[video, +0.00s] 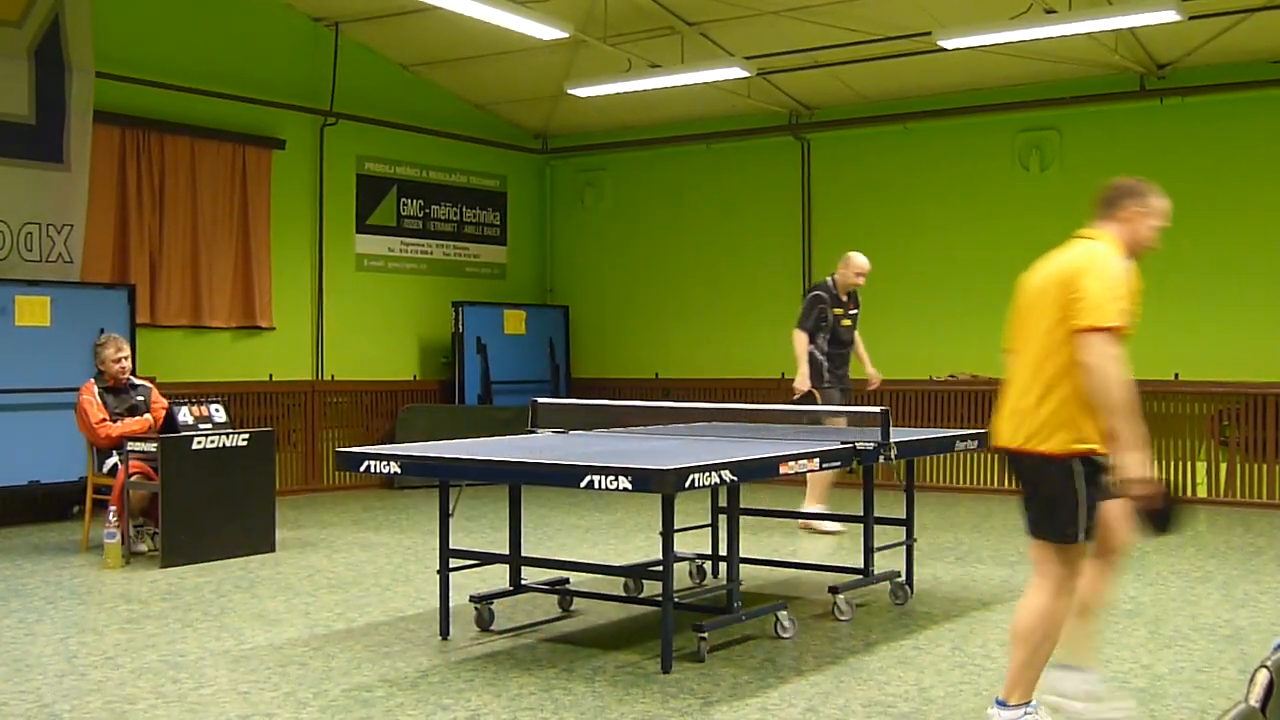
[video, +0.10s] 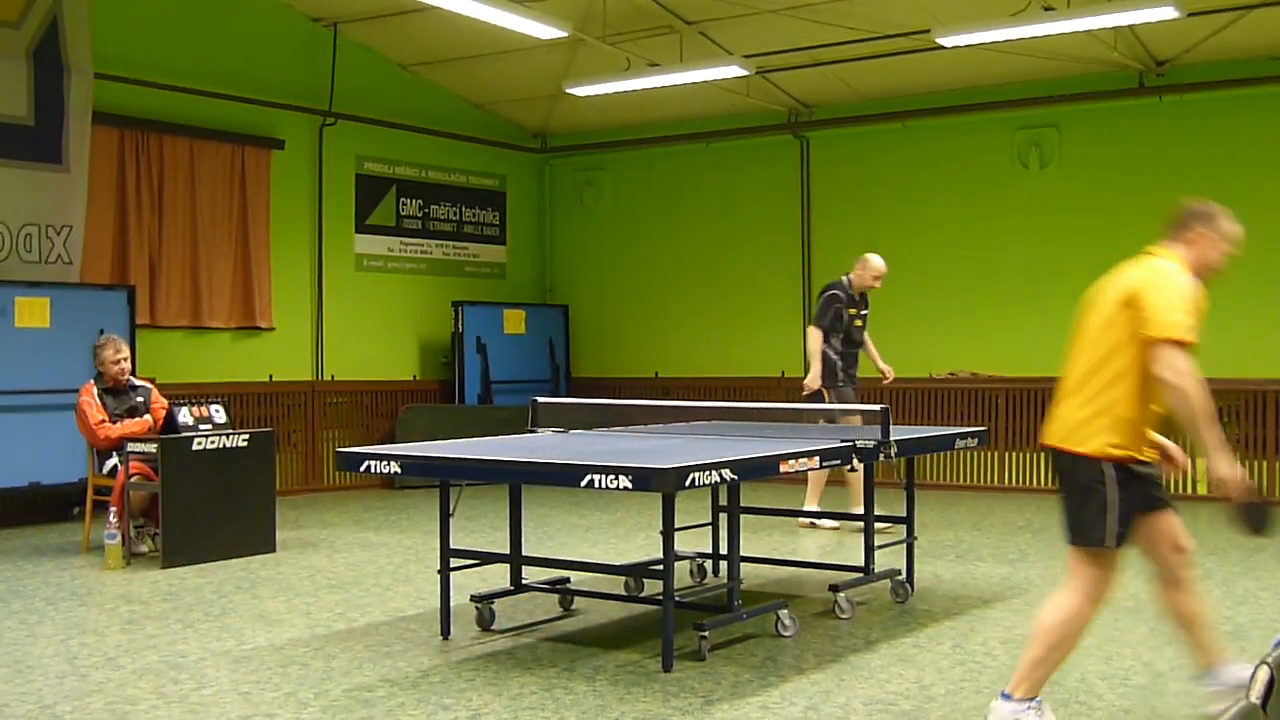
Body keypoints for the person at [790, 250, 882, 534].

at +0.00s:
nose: (862, 281)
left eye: (865, 276)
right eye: (858, 275)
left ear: (862, 276)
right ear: (841, 270)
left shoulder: (853, 298)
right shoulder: (820, 295)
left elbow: (852, 334)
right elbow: (800, 332)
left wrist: (868, 367)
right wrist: (802, 372)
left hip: (840, 381)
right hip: (820, 381)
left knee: (826, 443)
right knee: (838, 440)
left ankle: (810, 508)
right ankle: (816, 507)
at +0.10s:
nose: (878, 284)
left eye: (880, 279)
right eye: (875, 277)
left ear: (872, 276)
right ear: (858, 271)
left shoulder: (862, 298)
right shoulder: (835, 294)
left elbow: (860, 334)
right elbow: (815, 330)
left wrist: (879, 362)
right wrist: (815, 370)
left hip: (845, 380)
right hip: (831, 380)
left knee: (825, 446)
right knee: (855, 441)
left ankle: (809, 509)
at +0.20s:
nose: (888, 282)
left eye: (890, 277)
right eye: (886, 276)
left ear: (876, 272)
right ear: (870, 268)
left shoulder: (869, 294)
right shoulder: (846, 289)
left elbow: (867, 333)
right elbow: (826, 326)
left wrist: (883, 360)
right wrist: (824, 367)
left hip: (853, 376)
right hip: (841, 376)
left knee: (827, 442)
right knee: (869, 435)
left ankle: (811, 505)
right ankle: (884, 500)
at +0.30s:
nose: (903, 280)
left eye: (905, 275)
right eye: (901, 274)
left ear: (892, 269)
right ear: (885, 266)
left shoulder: (880, 292)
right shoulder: (862, 288)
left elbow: (870, 336)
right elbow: (844, 325)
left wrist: (881, 366)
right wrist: (842, 367)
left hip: (867, 375)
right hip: (858, 376)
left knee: (840, 439)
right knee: (879, 440)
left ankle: (812, 498)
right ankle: (895, 505)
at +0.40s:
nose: (913, 278)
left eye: (915, 273)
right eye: (911, 272)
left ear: (900, 266)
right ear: (896, 263)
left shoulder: (889, 287)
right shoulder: (873, 286)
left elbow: (880, 334)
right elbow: (856, 326)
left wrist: (883, 373)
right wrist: (859, 367)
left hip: (878, 374)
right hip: (871, 375)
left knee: (854, 438)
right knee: (892, 439)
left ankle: (820, 493)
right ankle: (897, 505)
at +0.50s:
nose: (925, 274)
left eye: (927, 268)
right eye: (924, 267)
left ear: (911, 260)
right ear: (909, 259)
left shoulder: (895, 281)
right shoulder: (889, 282)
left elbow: (886, 327)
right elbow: (877, 324)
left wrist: (896, 365)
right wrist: (887, 366)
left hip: (892, 371)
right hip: (892, 372)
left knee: (888, 438)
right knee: (900, 437)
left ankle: (844, 478)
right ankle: (897, 503)